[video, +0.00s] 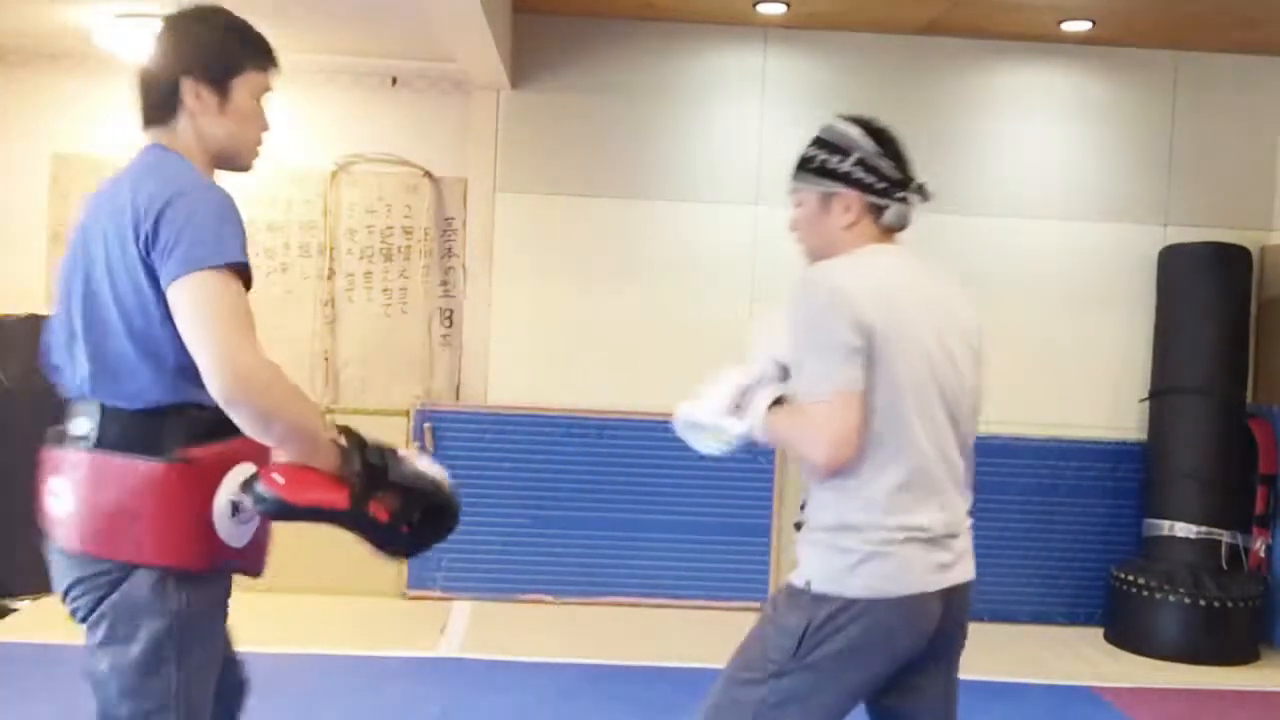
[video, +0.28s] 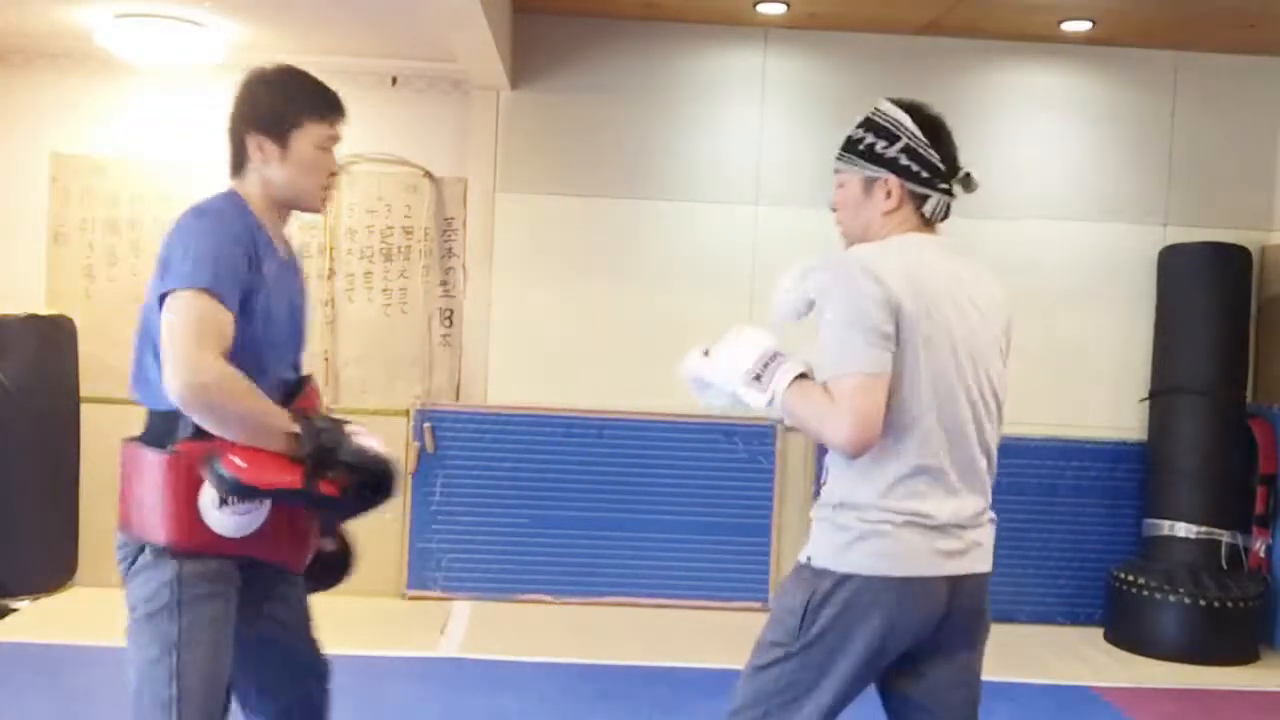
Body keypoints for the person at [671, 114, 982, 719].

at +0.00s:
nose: (791, 220)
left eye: (801, 202)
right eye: (793, 202)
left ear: (847, 206)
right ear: (857, 206)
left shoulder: (832, 286)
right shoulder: (945, 292)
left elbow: (830, 443)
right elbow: (927, 432)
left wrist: (756, 410)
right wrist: (790, 390)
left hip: (851, 597)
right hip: (942, 591)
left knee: (734, 713)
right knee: (920, 713)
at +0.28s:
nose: (831, 200)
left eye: (841, 182)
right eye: (835, 182)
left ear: (887, 191)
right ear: (907, 194)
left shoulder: (863, 273)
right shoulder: (984, 290)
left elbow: (853, 426)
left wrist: (770, 373)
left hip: (861, 580)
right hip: (962, 582)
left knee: (760, 710)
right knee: (944, 713)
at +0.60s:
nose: (798, 215)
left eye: (805, 198)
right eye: (799, 198)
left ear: (844, 202)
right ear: (871, 204)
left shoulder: (834, 288)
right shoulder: (966, 287)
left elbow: (825, 452)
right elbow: (996, 429)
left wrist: (744, 399)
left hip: (856, 582)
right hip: (959, 578)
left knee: (767, 712)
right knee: (946, 716)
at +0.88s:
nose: (778, 227)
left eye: (781, 209)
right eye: (778, 209)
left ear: (817, 210)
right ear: (855, 215)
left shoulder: (818, 296)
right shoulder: (912, 295)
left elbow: (808, 446)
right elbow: (888, 428)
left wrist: (718, 390)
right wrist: (777, 365)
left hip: (824, 588)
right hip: (919, 584)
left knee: (697, 710)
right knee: (926, 713)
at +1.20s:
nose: (682, 203)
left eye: (684, 187)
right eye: (682, 187)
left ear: (706, 191)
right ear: (763, 194)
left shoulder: (723, 278)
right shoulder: (809, 277)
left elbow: (638, 416)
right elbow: (755, 402)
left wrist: (592, 332)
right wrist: (685, 318)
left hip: (726, 541)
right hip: (795, 533)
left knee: (662, 698)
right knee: (703, 673)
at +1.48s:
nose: (660, 203)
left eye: (662, 187)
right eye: (664, 187)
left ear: (678, 195)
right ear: (740, 201)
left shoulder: (666, 286)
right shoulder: (778, 286)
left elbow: (551, 381)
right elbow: (833, 383)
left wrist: (549, 302)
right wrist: (782, 325)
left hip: (635, 535)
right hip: (694, 531)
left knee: (611, 708)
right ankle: (473, 456)